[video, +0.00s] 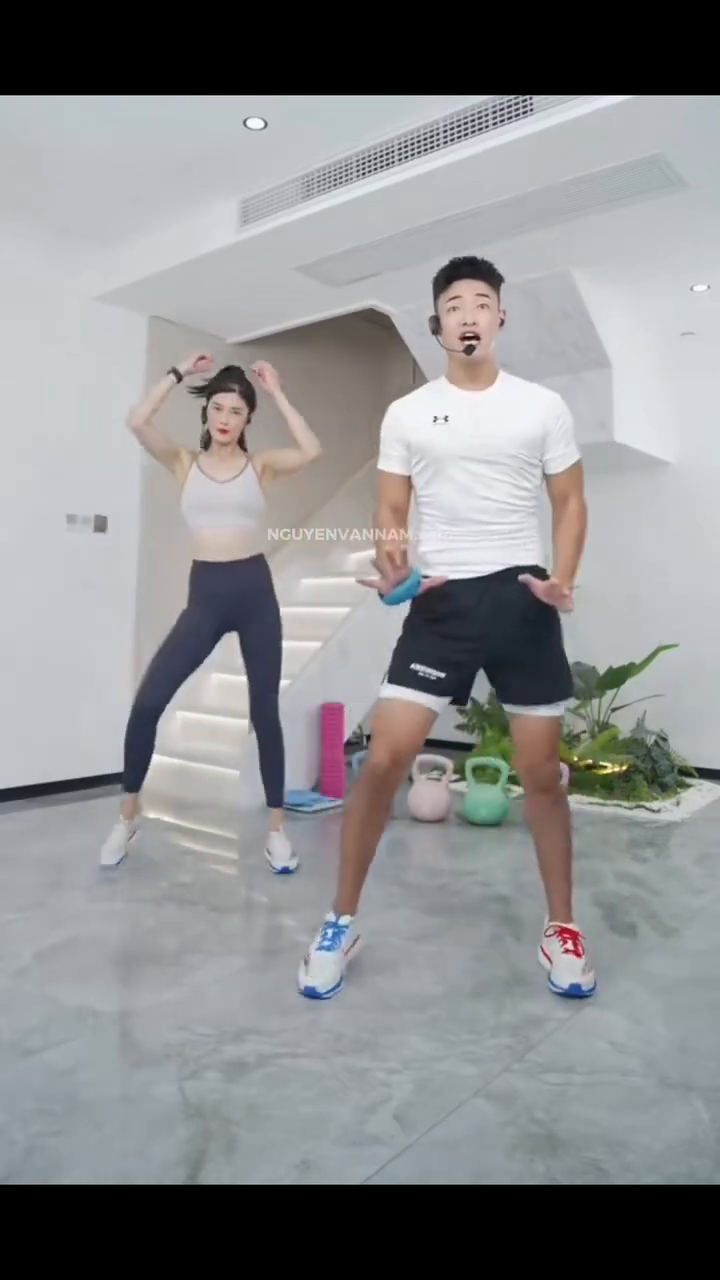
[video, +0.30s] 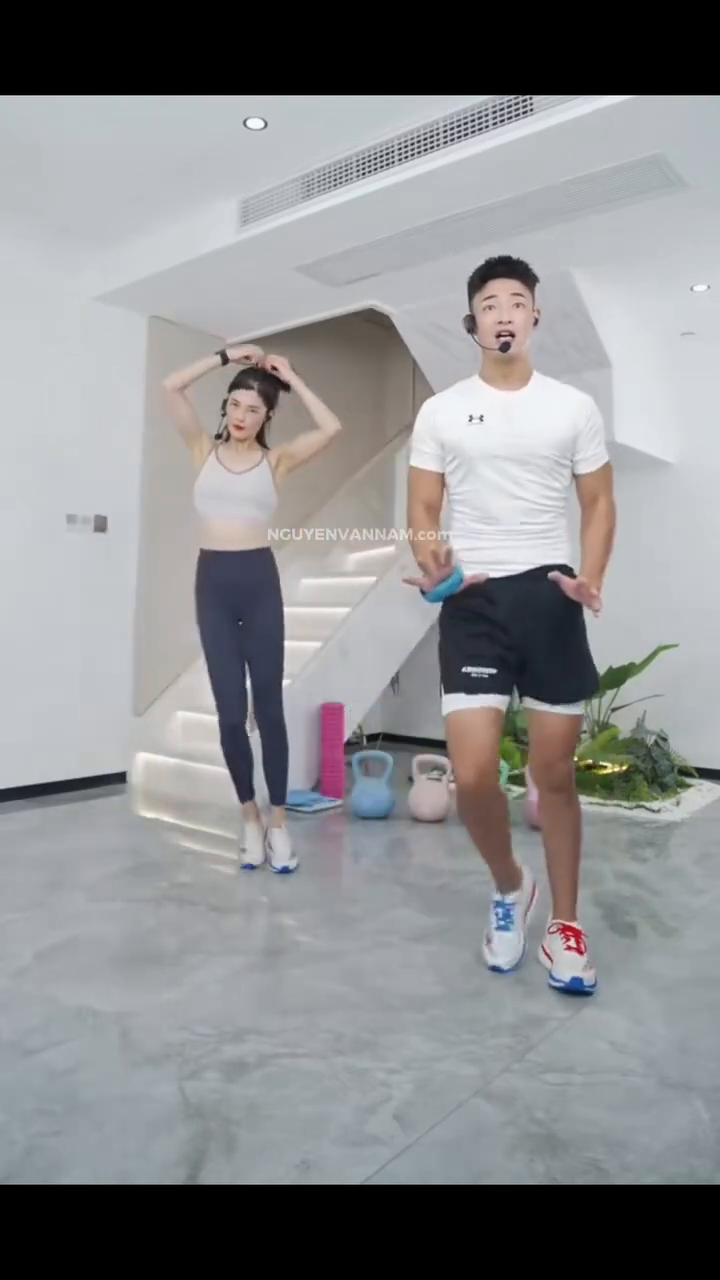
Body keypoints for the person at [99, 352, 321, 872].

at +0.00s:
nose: (226, 417)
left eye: (236, 410)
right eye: (219, 408)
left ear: (248, 419)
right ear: (205, 413)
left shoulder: (260, 464)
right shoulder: (184, 461)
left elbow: (311, 451)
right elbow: (139, 422)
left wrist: (277, 393)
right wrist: (179, 373)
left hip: (256, 594)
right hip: (205, 595)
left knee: (265, 710)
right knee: (146, 706)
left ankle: (277, 825)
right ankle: (128, 815)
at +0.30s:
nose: (243, 413)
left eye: (254, 407)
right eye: (237, 405)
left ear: (267, 415)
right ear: (225, 409)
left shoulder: (275, 460)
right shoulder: (204, 450)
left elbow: (331, 428)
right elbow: (171, 388)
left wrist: (294, 380)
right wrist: (223, 357)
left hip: (260, 581)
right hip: (212, 581)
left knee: (268, 708)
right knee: (231, 713)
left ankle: (277, 820)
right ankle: (250, 819)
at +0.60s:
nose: (233, 418)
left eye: (244, 412)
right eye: (228, 408)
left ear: (257, 421)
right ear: (216, 410)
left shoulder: (262, 466)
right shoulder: (191, 448)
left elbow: (315, 438)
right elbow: (168, 377)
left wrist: (283, 392)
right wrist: (222, 359)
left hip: (240, 592)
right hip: (192, 590)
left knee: (257, 710)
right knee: (133, 701)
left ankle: (276, 824)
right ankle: (133, 810)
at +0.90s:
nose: (191, 439)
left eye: (202, 434)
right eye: (187, 429)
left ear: (214, 440)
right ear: (175, 428)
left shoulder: (212, 488)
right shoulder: (146, 462)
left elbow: (251, 475)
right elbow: (116, 395)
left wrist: (235, 422)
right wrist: (174, 378)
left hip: (173, 607)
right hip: (123, 600)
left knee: (217, 711)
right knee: (103, 715)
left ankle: (238, 808)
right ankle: (104, 829)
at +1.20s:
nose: (173, 423)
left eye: (184, 416)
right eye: (167, 413)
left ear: (197, 422)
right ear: (154, 413)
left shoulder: (204, 470)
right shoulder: (130, 454)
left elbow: (256, 461)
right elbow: (84, 412)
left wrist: (226, 410)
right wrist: (133, 378)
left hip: (166, 594)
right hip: (117, 588)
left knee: (142, 715)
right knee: (105, 711)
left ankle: (132, 818)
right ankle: (101, 825)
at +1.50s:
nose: (196, 402)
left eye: (206, 397)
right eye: (189, 394)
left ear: (217, 409)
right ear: (174, 402)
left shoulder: (226, 461)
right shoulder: (148, 452)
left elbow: (272, 510)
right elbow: (87, 484)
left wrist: (266, 470)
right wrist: (63, 434)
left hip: (200, 586)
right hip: (149, 584)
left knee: (236, 706)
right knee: (127, 707)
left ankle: (271, 810)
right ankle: (107, 825)